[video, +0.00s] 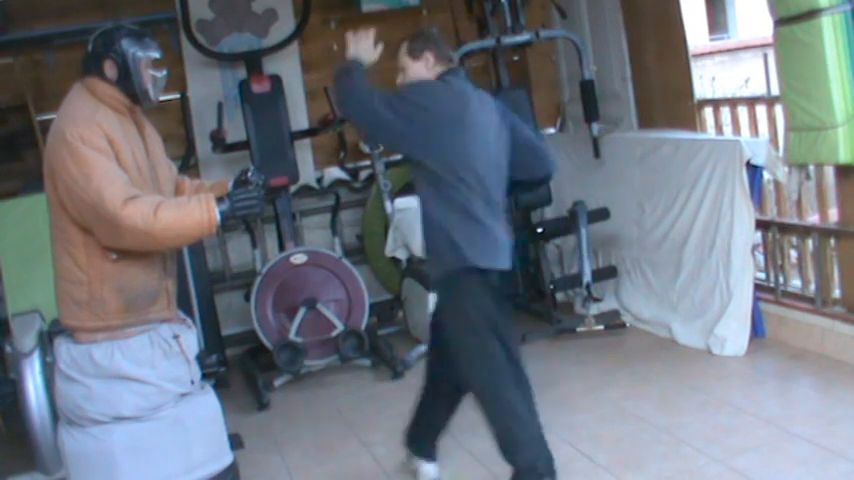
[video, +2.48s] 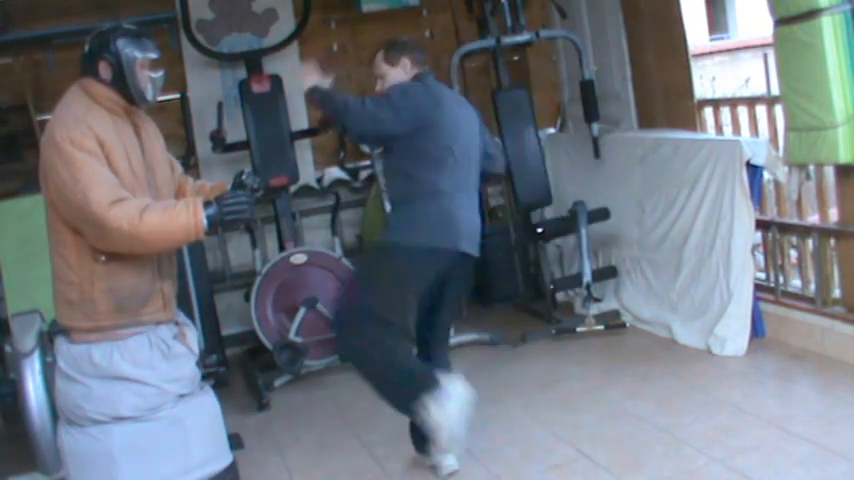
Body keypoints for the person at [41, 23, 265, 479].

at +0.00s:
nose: (153, 75)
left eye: (153, 64)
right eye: (144, 64)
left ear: (117, 68)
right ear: (111, 65)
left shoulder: (132, 118)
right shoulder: (78, 129)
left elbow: (170, 188)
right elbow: (123, 220)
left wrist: (227, 186)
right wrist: (215, 211)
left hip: (152, 315)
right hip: (108, 329)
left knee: (180, 447)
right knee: (132, 457)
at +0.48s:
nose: (144, 75)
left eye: (144, 65)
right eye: (133, 65)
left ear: (108, 69)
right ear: (98, 67)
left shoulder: (132, 120)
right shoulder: (64, 130)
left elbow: (170, 186)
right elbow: (106, 222)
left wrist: (225, 186)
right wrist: (201, 210)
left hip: (155, 319)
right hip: (99, 334)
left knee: (199, 451)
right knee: (121, 461)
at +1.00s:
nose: (150, 76)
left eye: (150, 65)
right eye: (140, 65)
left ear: (118, 67)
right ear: (108, 66)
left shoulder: (140, 121)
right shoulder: (72, 128)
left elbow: (177, 188)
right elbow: (113, 219)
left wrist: (228, 188)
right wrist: (205, 213)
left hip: (158, 317)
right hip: (104, 330)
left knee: (190, 447)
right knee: (125, 458)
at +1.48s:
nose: (147, 75)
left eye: (147, 64)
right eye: (137, 64)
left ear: (111, 69)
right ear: (103, 66)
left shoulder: (137, 122)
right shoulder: (68, 129)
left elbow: (176, 188)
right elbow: (110, 222)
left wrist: (228, 188)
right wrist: (204, 215)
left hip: (157, 318)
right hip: (103, 331)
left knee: (190, 448)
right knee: (124, 459)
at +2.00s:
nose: (149, 76)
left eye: (150, 66)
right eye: (139, 66)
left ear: (113, 69)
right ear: (106, 67)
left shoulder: (139, 121)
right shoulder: (70, 128)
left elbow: (177, 188)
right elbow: (110, 221)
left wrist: (229, 189)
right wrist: (205, 215)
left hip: (158, 318)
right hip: (103, 331)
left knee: (191, 448)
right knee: (123, 459)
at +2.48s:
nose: (149, 76)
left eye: (150, 65)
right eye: (139, 65)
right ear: (105, 67)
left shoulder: (138, 121)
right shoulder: (70, 129)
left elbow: (175, 189)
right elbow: (110, 221)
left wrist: (228, 189)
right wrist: (205, 215)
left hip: (157, 318)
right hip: (104, 331)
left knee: (189, 448)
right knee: (124, 459)